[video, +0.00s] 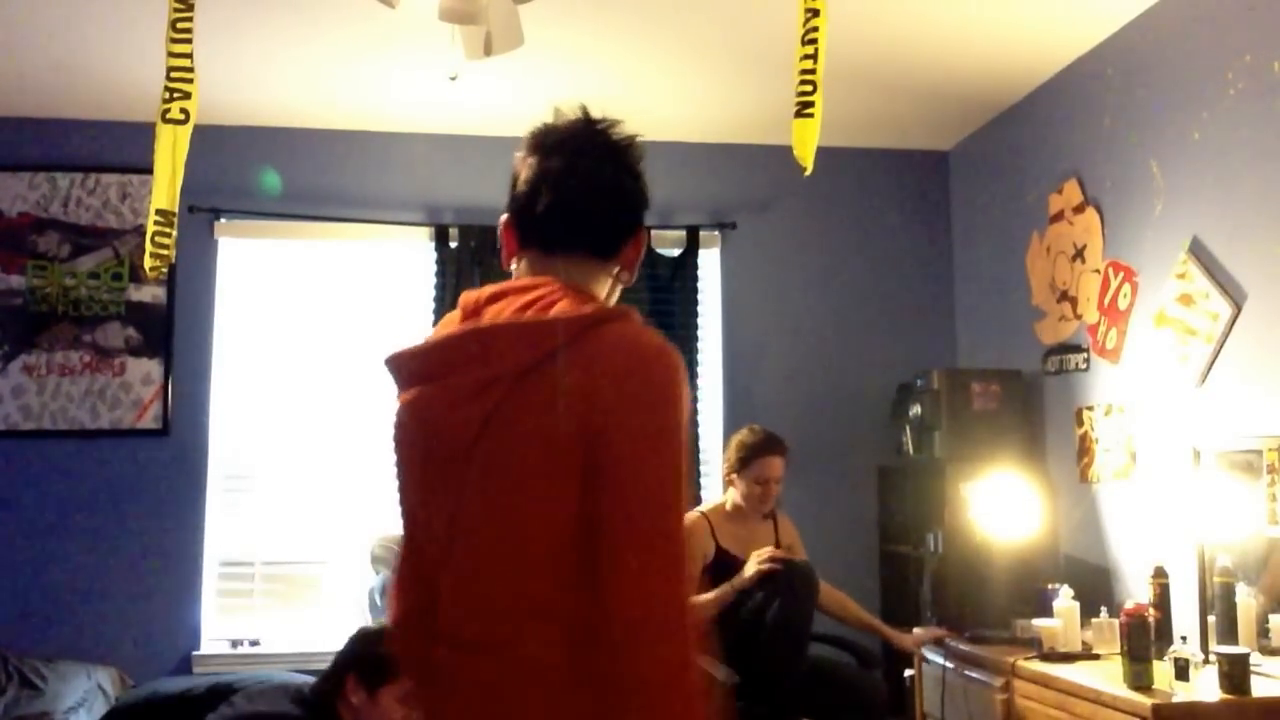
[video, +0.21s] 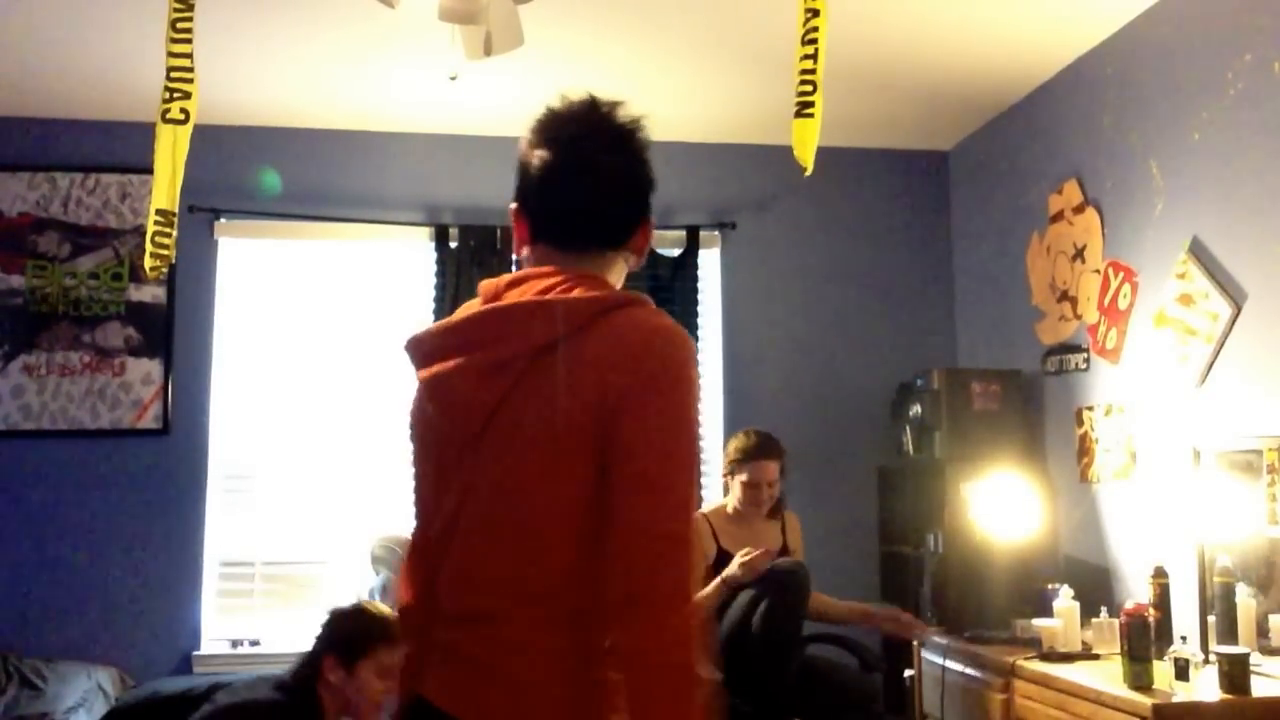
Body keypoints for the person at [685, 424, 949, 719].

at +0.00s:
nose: (771, 492)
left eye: (777, 482)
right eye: (760, 483)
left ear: (783, 479)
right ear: (731, 478)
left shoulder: (779, 525)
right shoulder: (697, 527)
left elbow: (814, 590)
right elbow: (684, 613)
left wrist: (894, 636)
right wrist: (741, 581)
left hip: (775, 634)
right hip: (723, 644)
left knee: (867, 660)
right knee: (798, 578)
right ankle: (764, 703)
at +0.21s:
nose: (762, 496)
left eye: (771, 485)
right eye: (751, 485)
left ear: (780, 481)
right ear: (727, 478)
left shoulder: (786, 524)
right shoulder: (702, 527)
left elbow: (803, 601)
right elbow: (688, 614)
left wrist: (876, 617)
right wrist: (730, 578)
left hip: (776, 643)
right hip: (719, 654)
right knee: (790, 576)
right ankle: (764, 707)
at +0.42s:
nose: (760, 496)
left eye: (769, 484)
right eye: (749, 485)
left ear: (781, 480)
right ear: (727, 479)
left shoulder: (794, 523)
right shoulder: (706, 525)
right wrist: (727, 571)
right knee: (781, 582)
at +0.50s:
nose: (760, 494)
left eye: (769, 484)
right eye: (750, 484)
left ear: (780, 481)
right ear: (728, 478)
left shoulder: (794, 524)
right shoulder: (700, 527)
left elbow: (812, 615)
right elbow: (679, 621)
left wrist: (804, 580)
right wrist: (726, 575)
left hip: (779, 650)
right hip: (713, 660)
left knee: (851, 690)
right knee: (776, 576)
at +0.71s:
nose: (763, 493)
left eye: (772, 482)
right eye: (752, 483)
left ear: (781, 480)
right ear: (729, 477)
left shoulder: (798, 522)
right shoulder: (713, 522)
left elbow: (812, 612)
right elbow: (706, 608)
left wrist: (794, 569)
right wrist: (730, 573)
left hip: (784, 638)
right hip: (725, 645)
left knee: (848, 693)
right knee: (770, 575)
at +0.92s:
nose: (762, 492)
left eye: (771, 481)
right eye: (752, 482)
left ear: (782, 479)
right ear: (729, 476)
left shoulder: (801, 522)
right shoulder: (712, 523)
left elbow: (815, 609)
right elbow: (705, 605)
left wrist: (793, 569)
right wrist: (732, 574)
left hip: (792, 638)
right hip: (730, 643)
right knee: (770, 573)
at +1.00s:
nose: (761, 491)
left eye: (770, 480)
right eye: (750, 481)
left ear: (781, 479)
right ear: (730, 477)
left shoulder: (802, 522)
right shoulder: (708, 527)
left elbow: (817, 611)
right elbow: (692, 612)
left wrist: (795, 570)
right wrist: (730, 575)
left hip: (791, 648)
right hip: (721, 656)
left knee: (842, 696)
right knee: (767, 576)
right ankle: (750, 708)